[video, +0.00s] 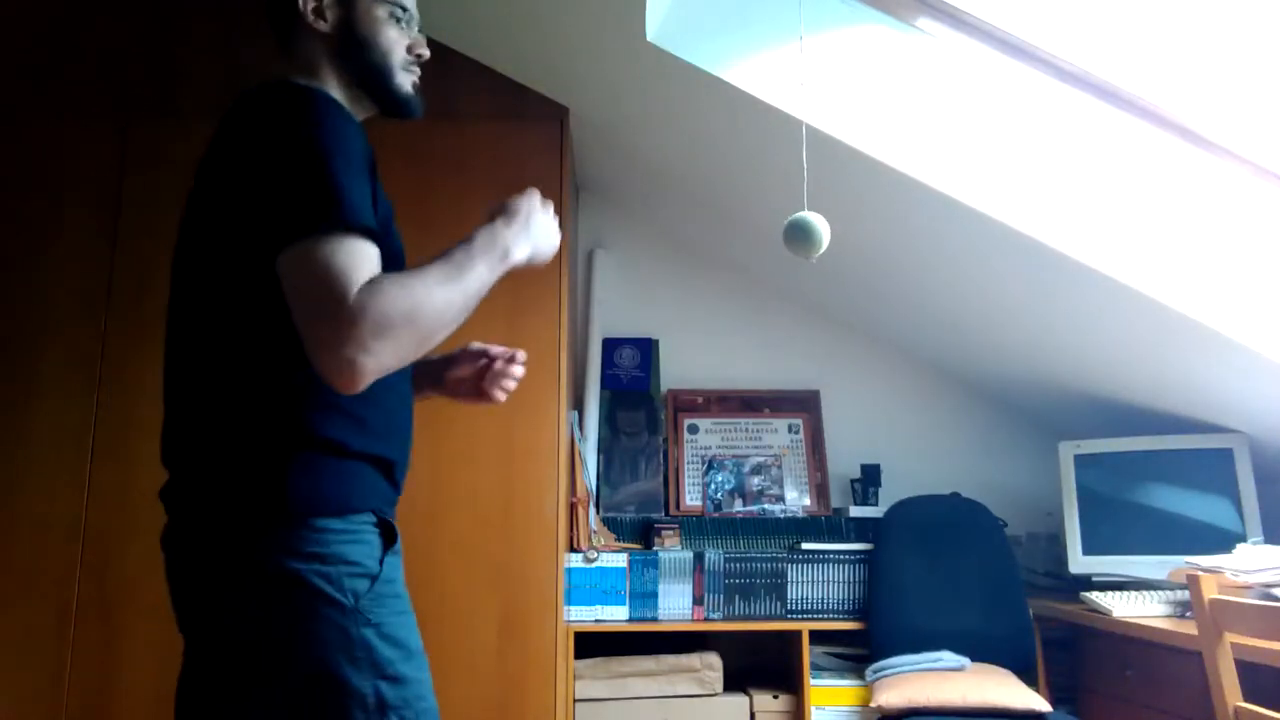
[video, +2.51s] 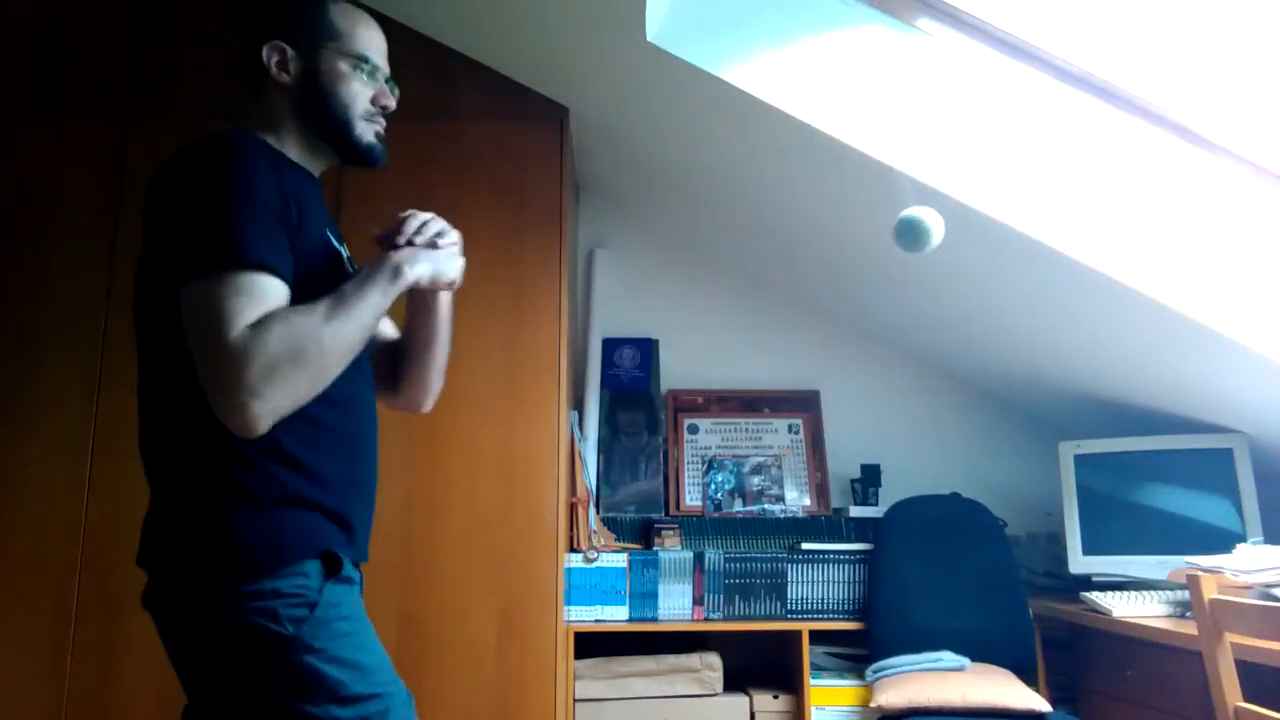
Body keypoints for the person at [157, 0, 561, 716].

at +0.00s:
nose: (424, 47)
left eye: (417, 24)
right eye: (399, 14)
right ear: (320, 11)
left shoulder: (270, 128)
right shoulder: (306, 123)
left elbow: (286, 360)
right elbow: (353, 343)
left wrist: (427, 373)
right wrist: (503, 241)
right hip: (311, 542)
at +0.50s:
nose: (314, 83)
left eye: (313, 69)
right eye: (285, 58)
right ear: (208, 61)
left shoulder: (258, 217)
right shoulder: (134, 162)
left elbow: (356, 305)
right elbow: (109, 361)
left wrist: (446, 346)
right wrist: (313, 325)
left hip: (221, 557)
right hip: (150, 558)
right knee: (253, 705)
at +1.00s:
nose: (272, 82)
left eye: (271, 67)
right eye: (240, 58)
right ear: (162, 69)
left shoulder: (270, 236)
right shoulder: (79, 192)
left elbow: (316, 408)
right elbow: (93, 386)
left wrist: (405, 311)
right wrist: (283, 295)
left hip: (266, 570)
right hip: (163, 571)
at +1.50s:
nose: (332, 57)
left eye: (328, 41)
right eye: (298, 35)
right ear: (217, 54)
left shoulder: (318, 217)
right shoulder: (156, 176)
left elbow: (410, 377)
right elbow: (181, 393)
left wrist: (453, 255)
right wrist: (369, 287)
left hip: (307, 563)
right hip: (233, 562)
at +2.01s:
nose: (356, 103)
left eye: (356, 85)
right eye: (335, 75)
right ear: (257, 69)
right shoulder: (250, 156)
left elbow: (370, 366)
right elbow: (500, 229)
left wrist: (373, 207)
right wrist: (674, 285)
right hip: (231, 564)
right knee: (358, 705)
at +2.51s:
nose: (390, 96)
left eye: (388, 80)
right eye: (365, 68)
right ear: (283, 64)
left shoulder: (300, 210)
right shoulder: (233, 174)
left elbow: (412, 387)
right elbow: (248, 390)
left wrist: (431, 280)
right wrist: (396, 270)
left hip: (294, 579)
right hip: (263, 581)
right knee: (378, 709)